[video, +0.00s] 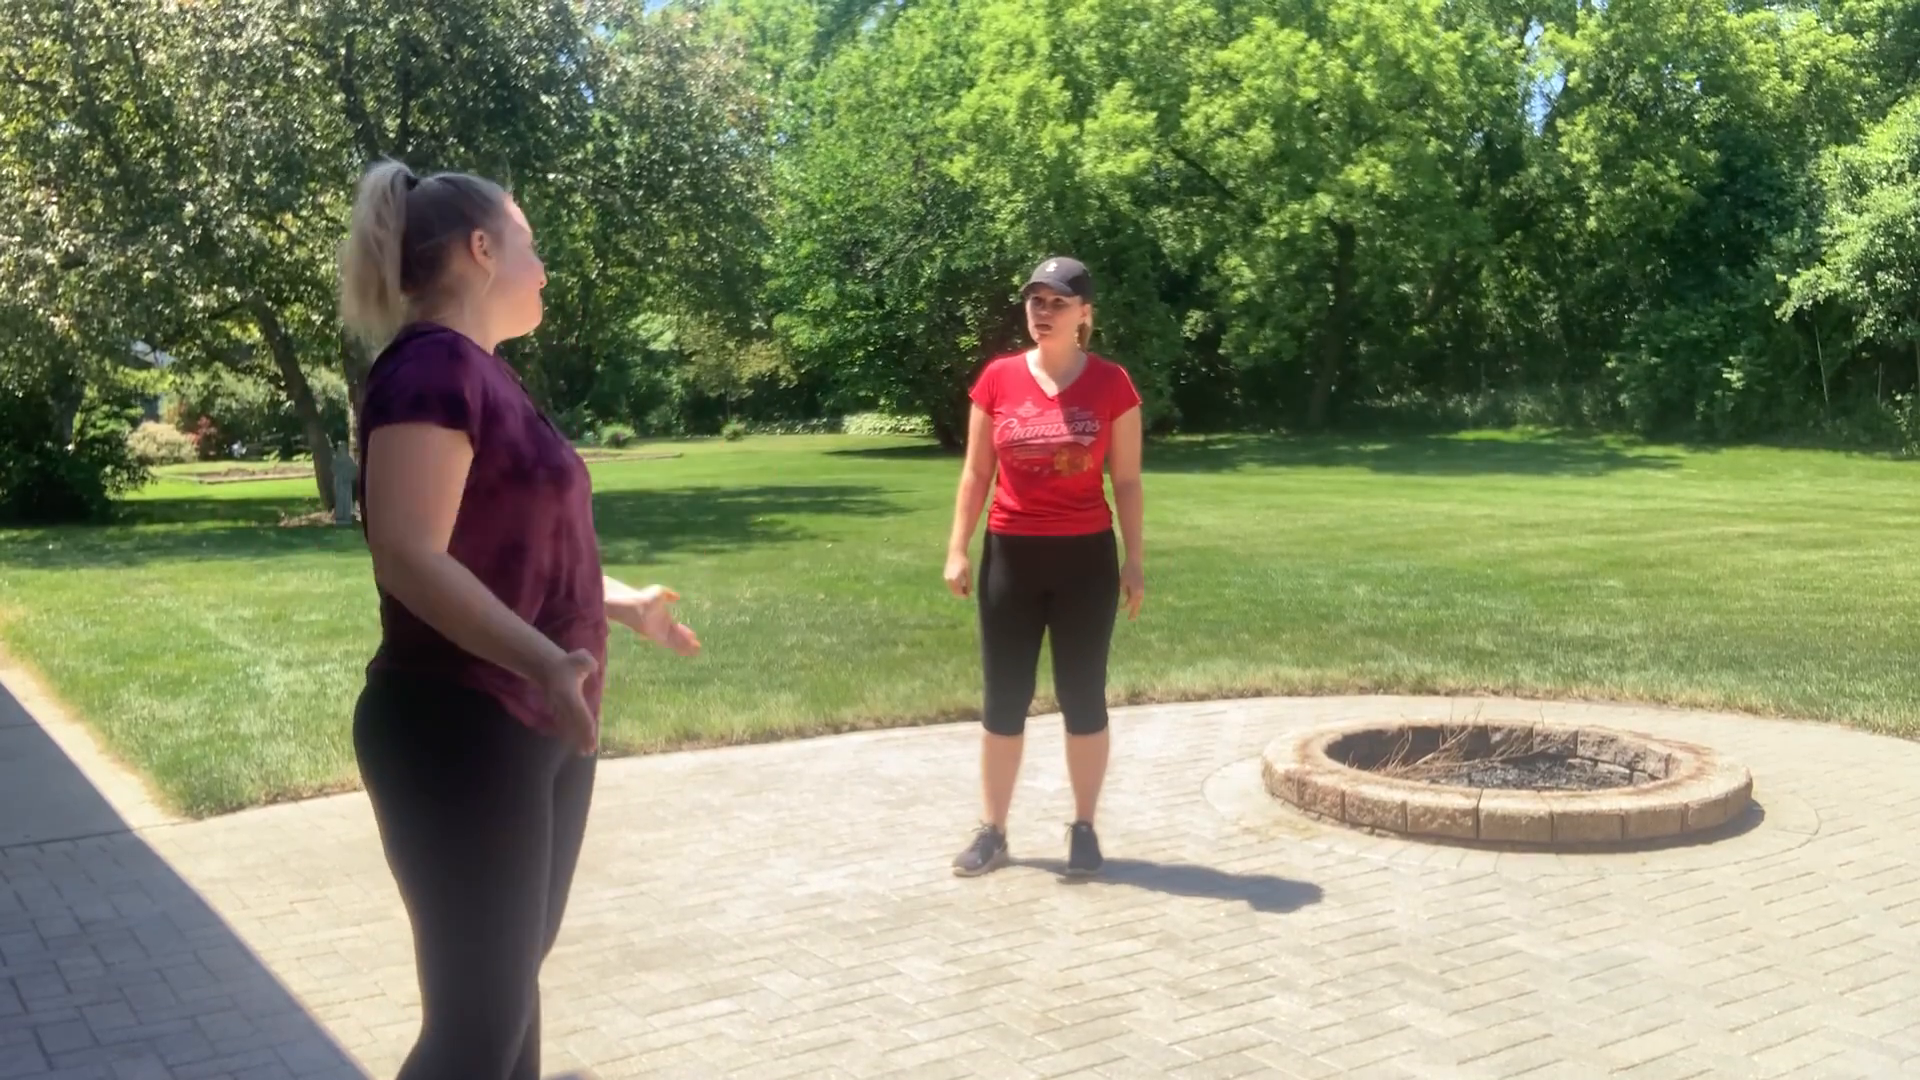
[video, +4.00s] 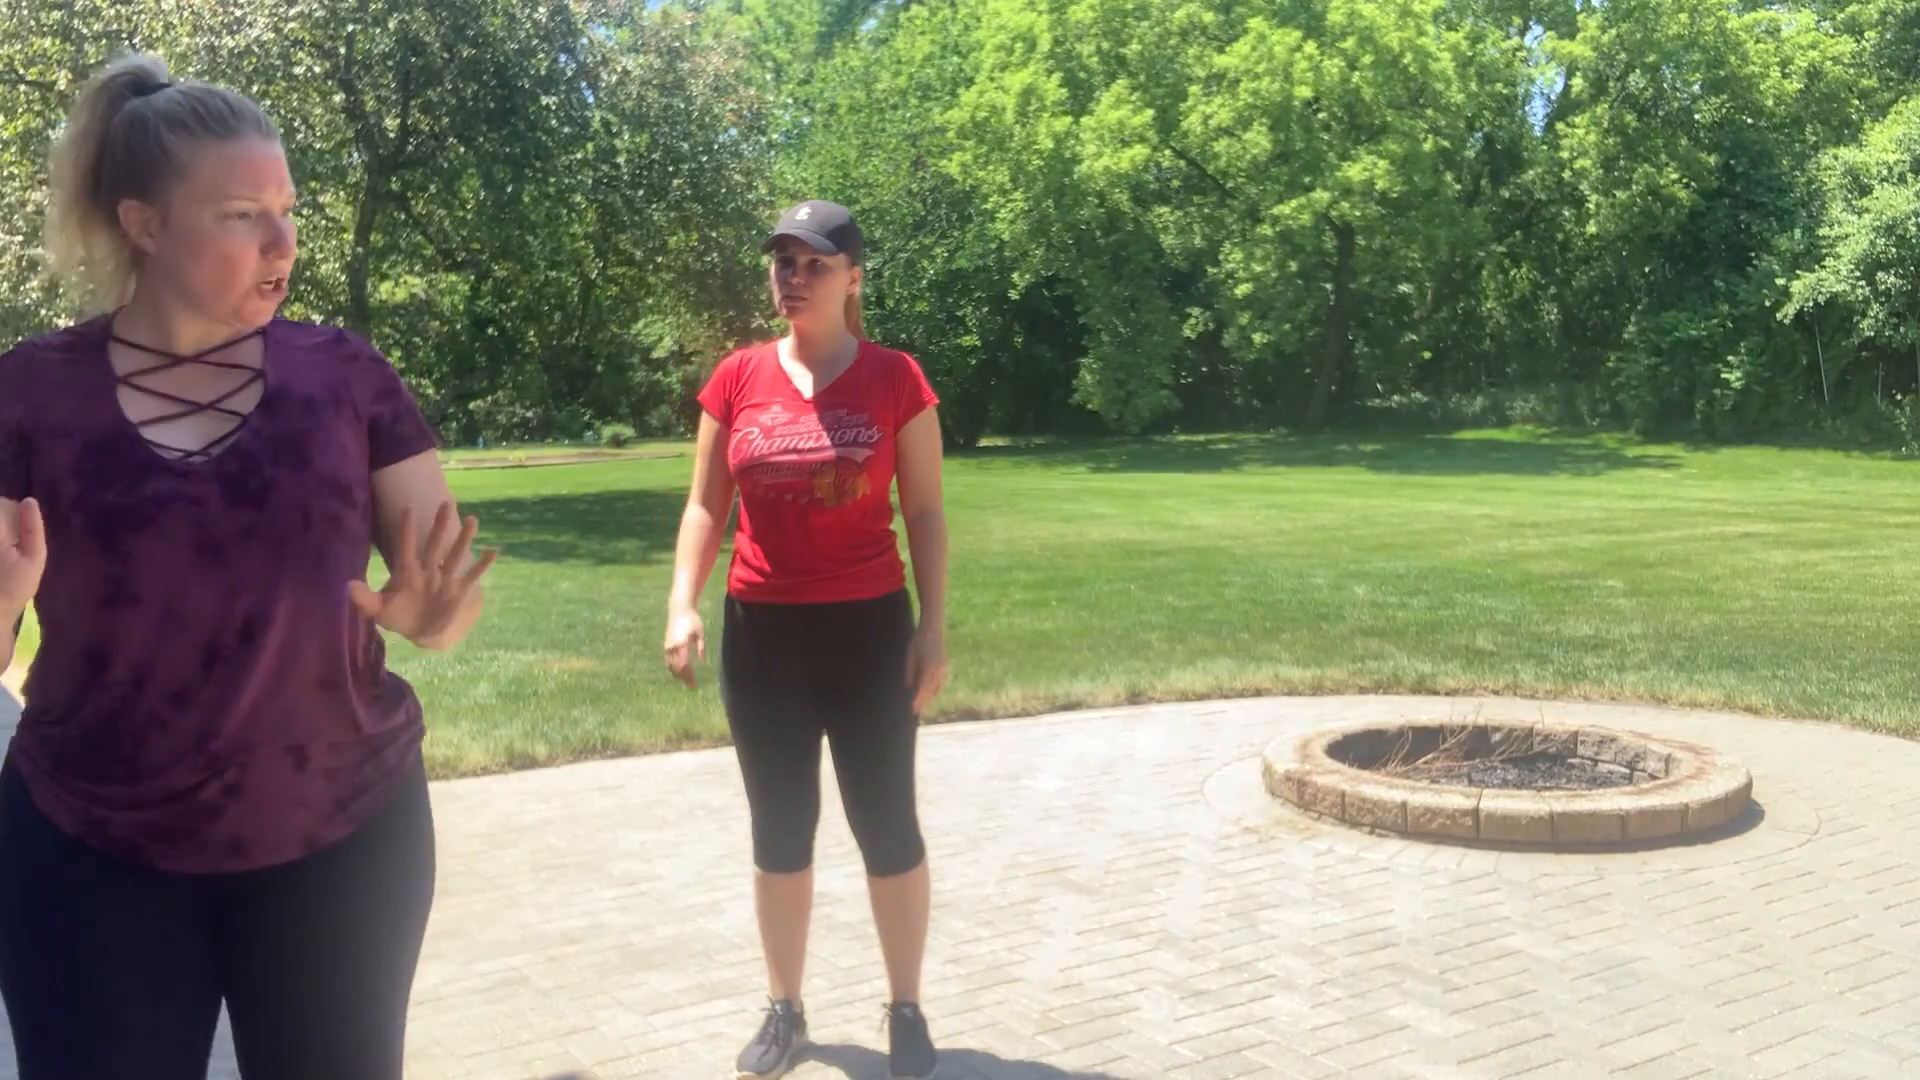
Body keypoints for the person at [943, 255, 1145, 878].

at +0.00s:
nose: (1043, 311)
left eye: (1057, 302)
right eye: (1036, 301)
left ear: (1084, 312)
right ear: (1025, 307)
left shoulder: (1110, 382)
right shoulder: (998, 378)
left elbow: (1127, 478)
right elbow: (976, 471)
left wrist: (1133, 557)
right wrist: (958, 546)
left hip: (1086, 557)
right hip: (1009, 556)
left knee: (1082, 697)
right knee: (1004, 698)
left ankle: (1084, 827)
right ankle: (992, 828)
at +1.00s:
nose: (1003, 307)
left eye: (1017, 298)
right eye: (996, 296)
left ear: (1046, 307)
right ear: (986, 305)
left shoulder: (1071, 382)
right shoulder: (962, 367)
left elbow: (1085, 477)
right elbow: (896, 371)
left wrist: (1103, 555)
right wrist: (895, 320)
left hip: (1050, 558)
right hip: (973, 559)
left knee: (1057, 699)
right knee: (979, 702)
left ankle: (1072, 826)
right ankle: (984, 835)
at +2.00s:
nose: (835, 314)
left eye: (852, 301)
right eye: (823, 301)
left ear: (887, 310)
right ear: (811, 310)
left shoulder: (918, 385)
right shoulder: (787, 388)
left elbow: (1001, 438)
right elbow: (686, 455)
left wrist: (910, 442)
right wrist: (705, 420)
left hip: (911, 609)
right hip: (819, 613)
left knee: (866, 776)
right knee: (854, 772)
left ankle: (845, 972)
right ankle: (903, 867)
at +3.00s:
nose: (732, 292)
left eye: (753, 277)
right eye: (719, 277)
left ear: (797, 289)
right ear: (705, 290)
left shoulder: (845, 375)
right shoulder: (688, 382)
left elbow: (887, 476)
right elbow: (641, 427)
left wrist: (792, 535)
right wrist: (649, 424)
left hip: (846, 639)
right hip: (733, 646)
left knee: (870, 846)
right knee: (715, 867)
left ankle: (907, 1028)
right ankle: (701, 1070)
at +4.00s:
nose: (794, 277)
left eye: (814, 264)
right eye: (783, 263)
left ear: (853, 276)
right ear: (770, 275)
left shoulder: (893, 376)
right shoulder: (738, 375)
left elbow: (925, 512)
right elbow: (706, 502)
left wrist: (932, 624)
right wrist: (682, 601)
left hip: (869, 627)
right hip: (761, 630)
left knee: (887, 825)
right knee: (779, 827)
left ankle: (906, 1010)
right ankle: (784, 1009)